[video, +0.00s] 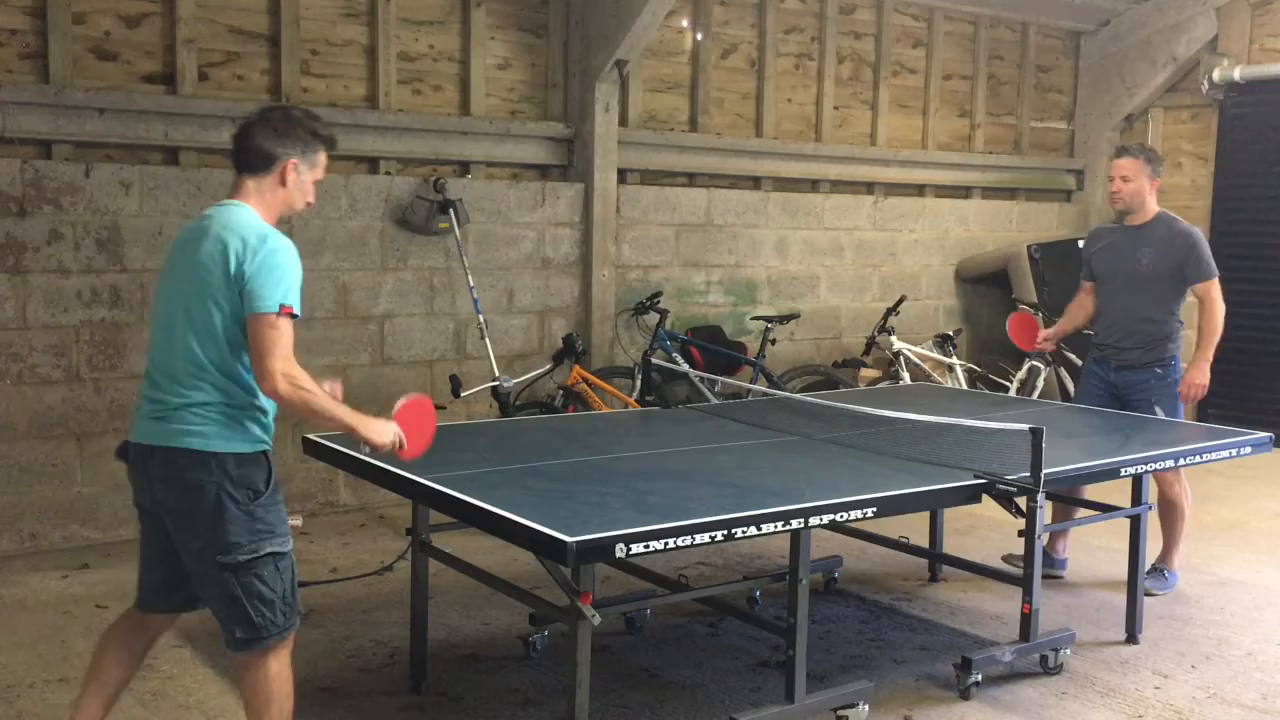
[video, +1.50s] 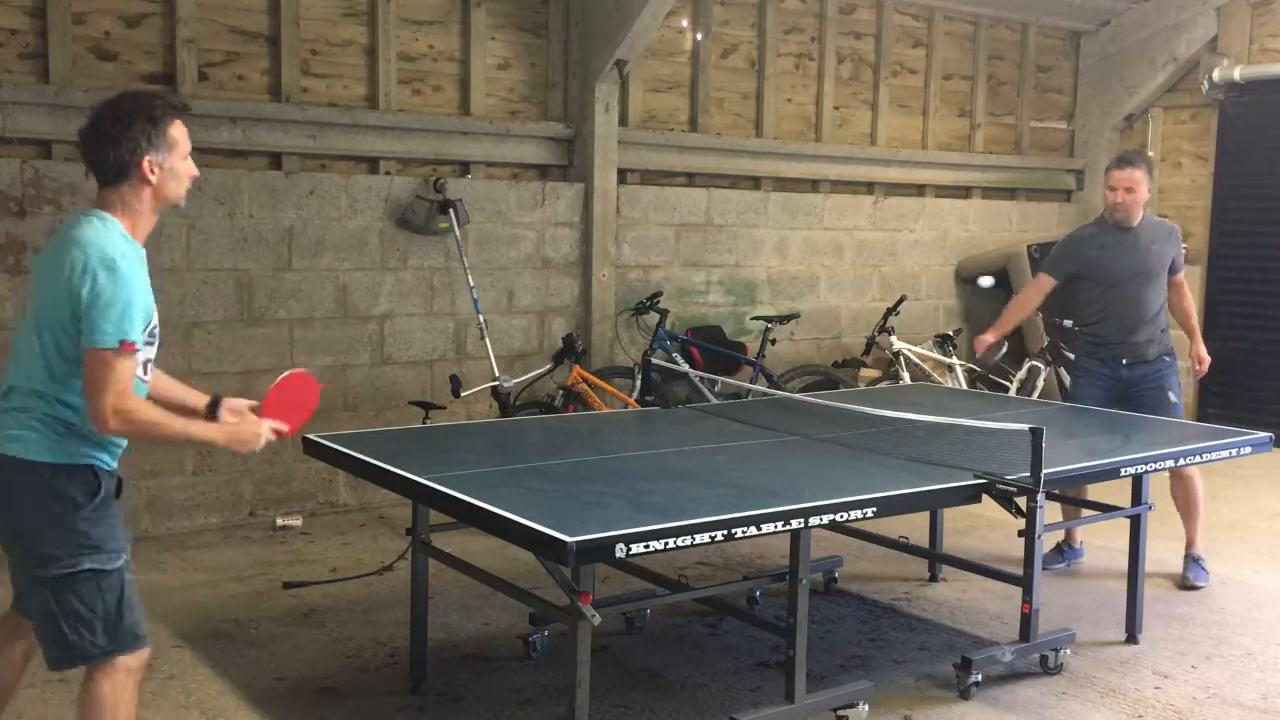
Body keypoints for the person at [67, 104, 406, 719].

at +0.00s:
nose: (314, 197)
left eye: (318, 183)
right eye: (314, 180)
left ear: (257, 167)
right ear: (285, 169)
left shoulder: (192, 234)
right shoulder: (269, 248)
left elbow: (215, 356)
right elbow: (279, 377)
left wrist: (305, 386)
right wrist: (361, 424)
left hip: (155, 455)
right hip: (220, 464)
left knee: (155, 606)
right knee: (268, 633)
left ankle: (83, 713)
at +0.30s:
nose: (206, 194)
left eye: (210, 179)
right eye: (207, 178)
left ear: (132, 167)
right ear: (180, 172)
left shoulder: (84, 250)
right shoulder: (179, 253)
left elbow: (131, 363)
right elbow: (239, 363)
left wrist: (232, 375)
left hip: (73, 475)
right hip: (151, 480)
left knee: (66, 635)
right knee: (235, 633)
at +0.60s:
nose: (146, 182)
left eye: (149, 167)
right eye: (145, 165)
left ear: (71, 157)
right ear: (114, 161)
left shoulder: (12, 239)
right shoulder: (128, 244)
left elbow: (20, 342)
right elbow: (181, 376)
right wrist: (143, 370)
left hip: (15, 474)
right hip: (99, 474)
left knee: (27, 640)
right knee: (188, 624)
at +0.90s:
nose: (132, 168)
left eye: (132, 152)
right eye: (127, 151)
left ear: (69, 151)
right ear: (92, 152)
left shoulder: (11, 228)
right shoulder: (90, 234)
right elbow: (198, 321)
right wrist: (288, 252)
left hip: (13, 468)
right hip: (82, 468)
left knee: (17, 644)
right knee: (158, 630)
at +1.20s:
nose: (164, 155)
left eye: (162, 141)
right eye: (157, 140)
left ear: (99, 151)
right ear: (121, 151)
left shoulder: (31, 235)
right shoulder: (113, 251)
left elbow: (30, 356)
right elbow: (188, 376)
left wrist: (109, 454)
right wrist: (287, 328)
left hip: (22, 464)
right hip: (82, 471)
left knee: (50, 643)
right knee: (119, 664)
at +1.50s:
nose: (195, 170)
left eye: (191, 154)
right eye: (186, 154)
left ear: (139, 167)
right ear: (149, 168)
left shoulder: (83, 236)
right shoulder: (112, 258)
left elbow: (124, 367)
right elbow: (111, 410)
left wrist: (209, 406)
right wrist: (221, 433)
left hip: (26, 461)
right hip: (61, 471)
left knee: (24, 623)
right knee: (121, 654)